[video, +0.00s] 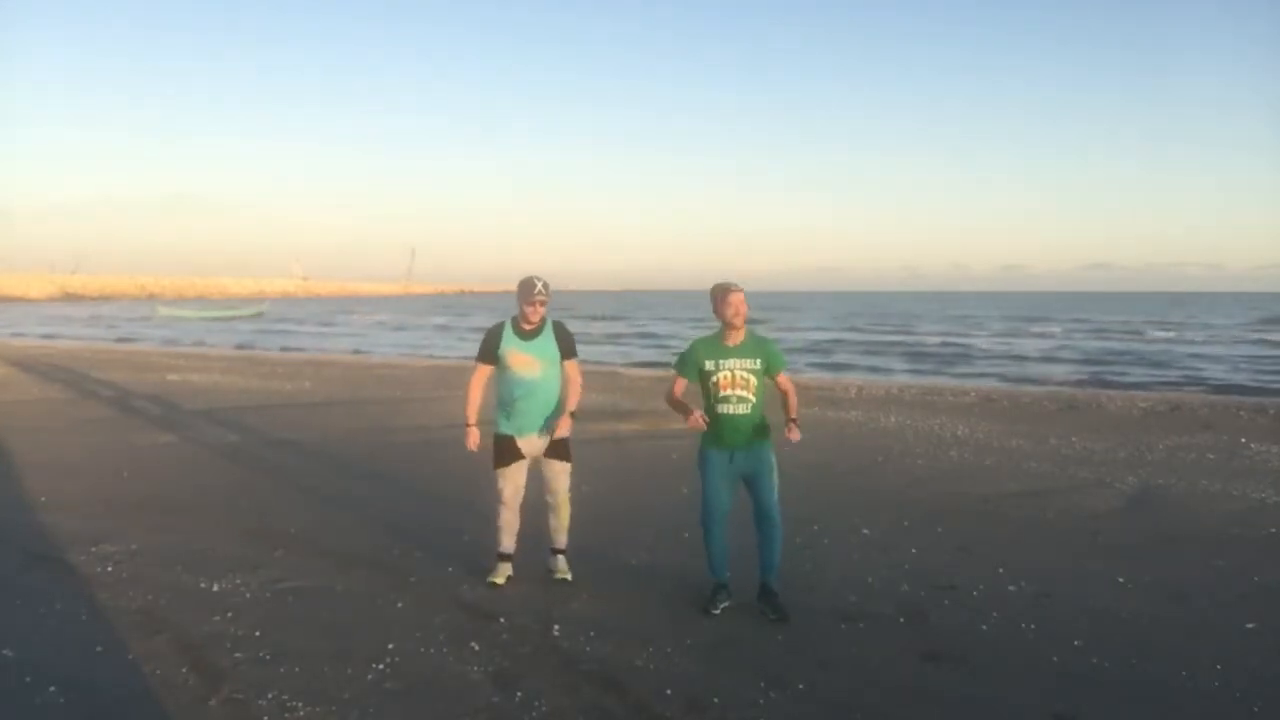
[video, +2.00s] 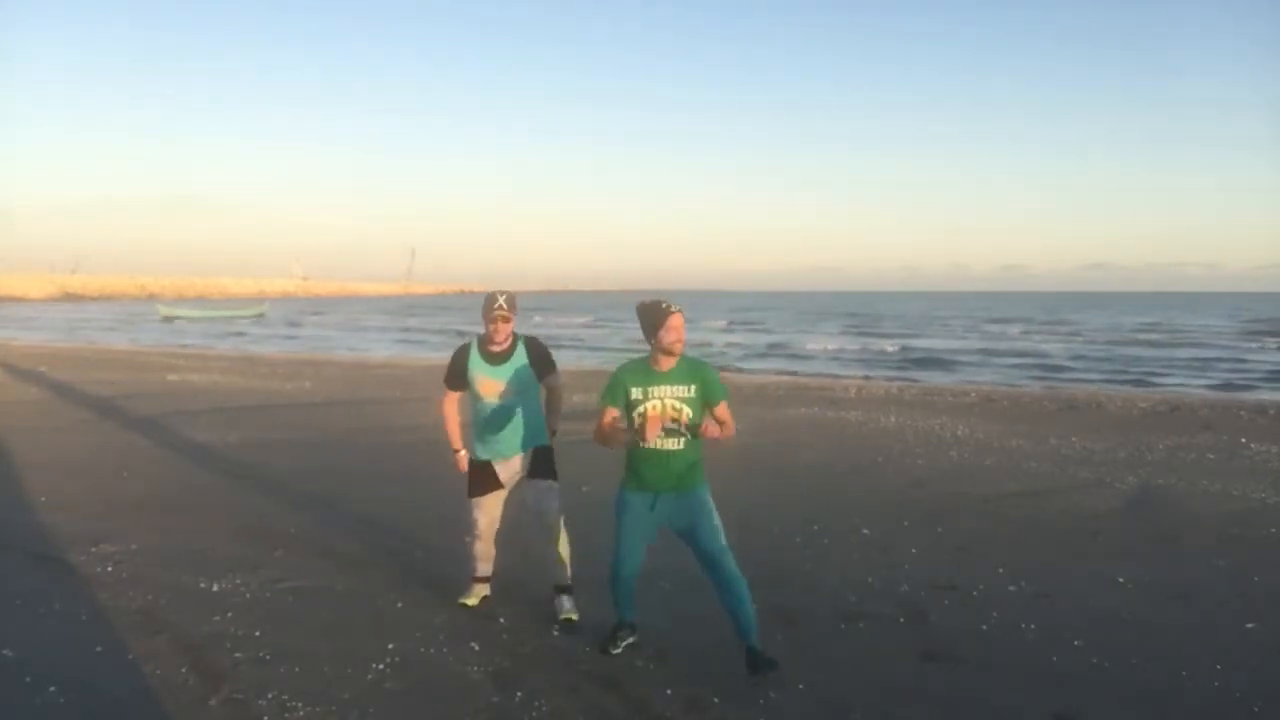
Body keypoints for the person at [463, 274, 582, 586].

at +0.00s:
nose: (535, 309)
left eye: (540, 303)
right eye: (529, 303)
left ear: (547, 305)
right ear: (518, 302)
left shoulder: (559, 333)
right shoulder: (498, 334)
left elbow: (574, 377)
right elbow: (478, 379)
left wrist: (567, 414)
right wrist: (471, 423)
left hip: (553, 430)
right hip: (510, 432)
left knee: (559, 496)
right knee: (508, 498)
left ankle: (559, 555)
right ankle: (504, 560)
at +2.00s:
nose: (499, 327)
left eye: (505, 320)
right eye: (493, 320)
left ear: (514, 321)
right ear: (484, 321)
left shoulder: (532, 349)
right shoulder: (465, 356)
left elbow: (554, 387)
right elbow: (450, 401)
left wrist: (551, 426)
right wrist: (457, 447)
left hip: (534, 450)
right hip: (487, 455)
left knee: (553, 520)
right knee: (482, 524)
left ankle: (563, 593)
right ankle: (480, 583)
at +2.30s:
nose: (524, 316)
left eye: (531, 309)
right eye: (518, 309)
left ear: (540, 310)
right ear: (508, 311)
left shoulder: (560, 340)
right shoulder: (492, 348)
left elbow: (587, 380)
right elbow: (474, 393)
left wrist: (587, 422)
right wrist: (484, 440)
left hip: (562, 450)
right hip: (514, 454)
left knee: (573, 529)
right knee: (499, 525)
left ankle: (581, 606)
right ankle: (481, 576)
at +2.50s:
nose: (548, 315)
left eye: (555, 308)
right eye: (542, 308)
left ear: (564, 308)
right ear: (532, 309)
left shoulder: (582, 343)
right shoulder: (513, 348)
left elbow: (610, 389)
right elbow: (493, 395)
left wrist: (617, 431)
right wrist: (494, 439)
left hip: (574, 454)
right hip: (527, 456)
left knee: (576, 532)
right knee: (523, 532)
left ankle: (581, 609)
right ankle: (529, 591)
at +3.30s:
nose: (536, 311)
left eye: (542, 304)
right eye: (529, 304)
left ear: (550, 304)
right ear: (516, 303)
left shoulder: (566, 339)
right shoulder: (496, 341)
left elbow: (590, 393)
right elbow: (477, 398)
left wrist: (575, 401)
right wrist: (479, 397)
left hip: (559, 458)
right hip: (508, 457)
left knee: (563, 543)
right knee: (508, 544)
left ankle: (568, 615)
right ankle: (511, 625)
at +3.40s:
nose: (529, 312)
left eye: (536, 305)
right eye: (522, 305)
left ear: (545, 305)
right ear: (510, 306)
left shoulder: (563, 340)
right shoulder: (495, 343)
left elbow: (593, 390)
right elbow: (475, 402)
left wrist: (569, 397)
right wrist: (474, 394)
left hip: (553, 459)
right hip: (502, 456)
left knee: (557, 544)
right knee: (493, 535)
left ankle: (566, 616)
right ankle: (497, 617)